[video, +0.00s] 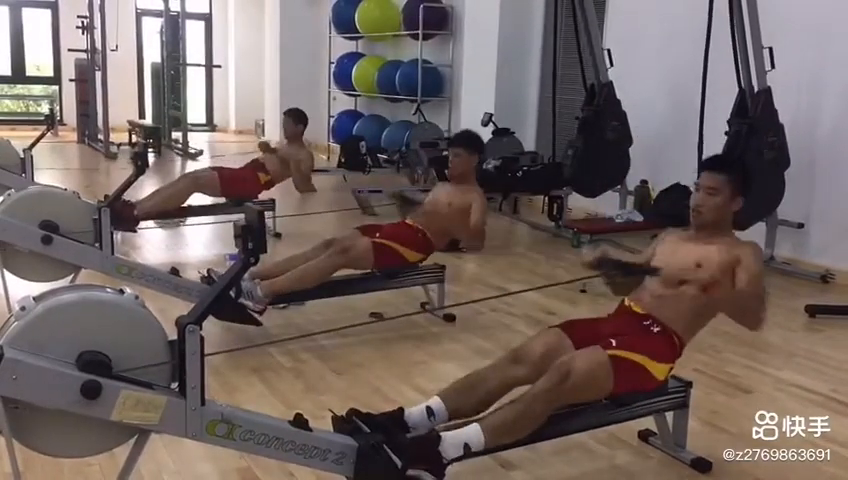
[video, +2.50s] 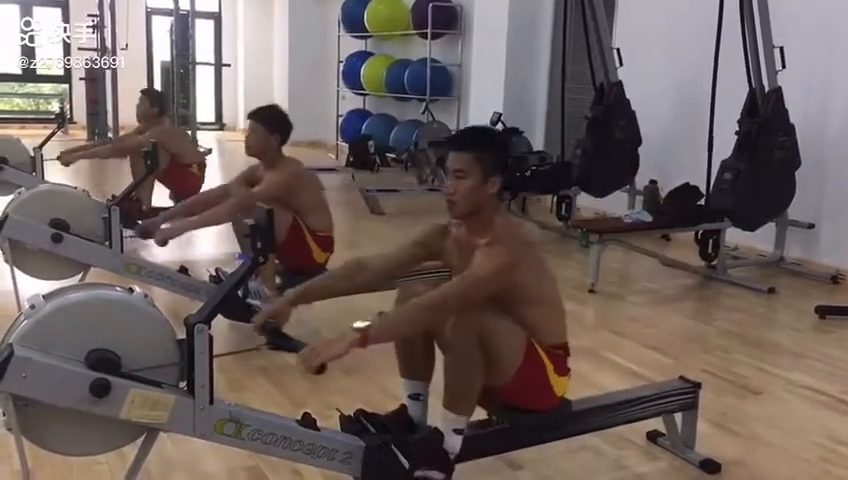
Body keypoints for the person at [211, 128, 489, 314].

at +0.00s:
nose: (449, 163)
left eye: (456, 158)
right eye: (450, 157)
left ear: (474, 162)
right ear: (453, 158)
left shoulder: (476, 198)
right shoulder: (446, 185)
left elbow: (475, 244)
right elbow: (428, 218)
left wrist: (452, 236)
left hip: (413, 243)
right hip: (396, 228)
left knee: (343, 252)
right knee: (330, 243)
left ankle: (262, 293)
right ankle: (247, 276)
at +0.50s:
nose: (429, 144)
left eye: (436, 139)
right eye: (428, 139)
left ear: (454, 144)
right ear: (430, 142)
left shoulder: (458, 181)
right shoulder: (425, 173)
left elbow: (457, 233)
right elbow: (412, 211)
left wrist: (423, 228)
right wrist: (381, 218)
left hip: (414, 242)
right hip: (391, 231)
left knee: (337, 258)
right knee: (325, 248)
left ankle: (259, 298)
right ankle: (243, 280)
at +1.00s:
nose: (397, 135)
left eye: (403, 130)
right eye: (397, 129)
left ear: (422, 134)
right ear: (401, 133)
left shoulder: (431, 176)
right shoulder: (401, 169)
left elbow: (402, 223)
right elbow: (367, 205)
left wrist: (364, 244)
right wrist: (329, 229)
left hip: (408, 251)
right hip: (387, 242)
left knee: (336, 271)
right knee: (324, 258)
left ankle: (260, 301)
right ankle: (247, 285)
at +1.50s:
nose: (375, 135)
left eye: (382, 130)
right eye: (375, 129)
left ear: (401, 134)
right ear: (382, 133)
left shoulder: (416, 168)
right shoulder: (380, 169)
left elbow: (383, 213)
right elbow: (345, 199)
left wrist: (341, 236)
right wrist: (304, 225)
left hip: (405, 247)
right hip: (380, 238)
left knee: (330, 251)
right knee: (316, 243)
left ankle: (263, 301)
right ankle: (246, 284)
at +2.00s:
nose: (315, 134)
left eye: (323, 130)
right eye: (317, 129)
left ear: (341, 135)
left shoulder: (359, 172)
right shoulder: (330, 168)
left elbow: (318, 211)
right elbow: (292, 196)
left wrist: (269, 237)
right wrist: (250, 225)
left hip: (366, 248)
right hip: (349, 239)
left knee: (300, 219)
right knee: (283, 208)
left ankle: (266, 296)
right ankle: (252, 280)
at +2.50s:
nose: (246, 137)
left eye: (253, 132)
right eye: (248, 131)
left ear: (274, 139)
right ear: (268, 139)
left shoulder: (287, 174)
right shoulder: (259, 171)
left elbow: (238, 207)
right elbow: (218, 195)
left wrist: (182, 227)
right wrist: (162, 218)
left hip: (311, 255)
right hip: (292, 250)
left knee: (260, 207)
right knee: (236, 199)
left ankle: (268, 291)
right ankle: (256, 278)